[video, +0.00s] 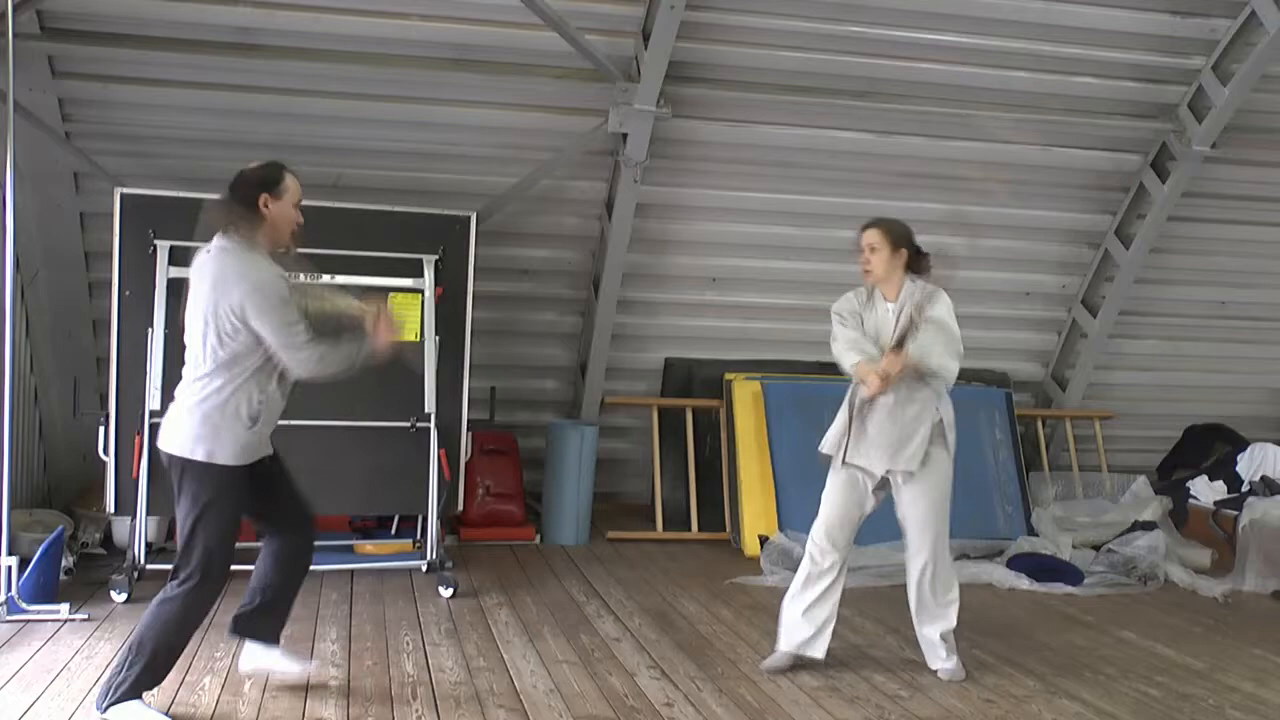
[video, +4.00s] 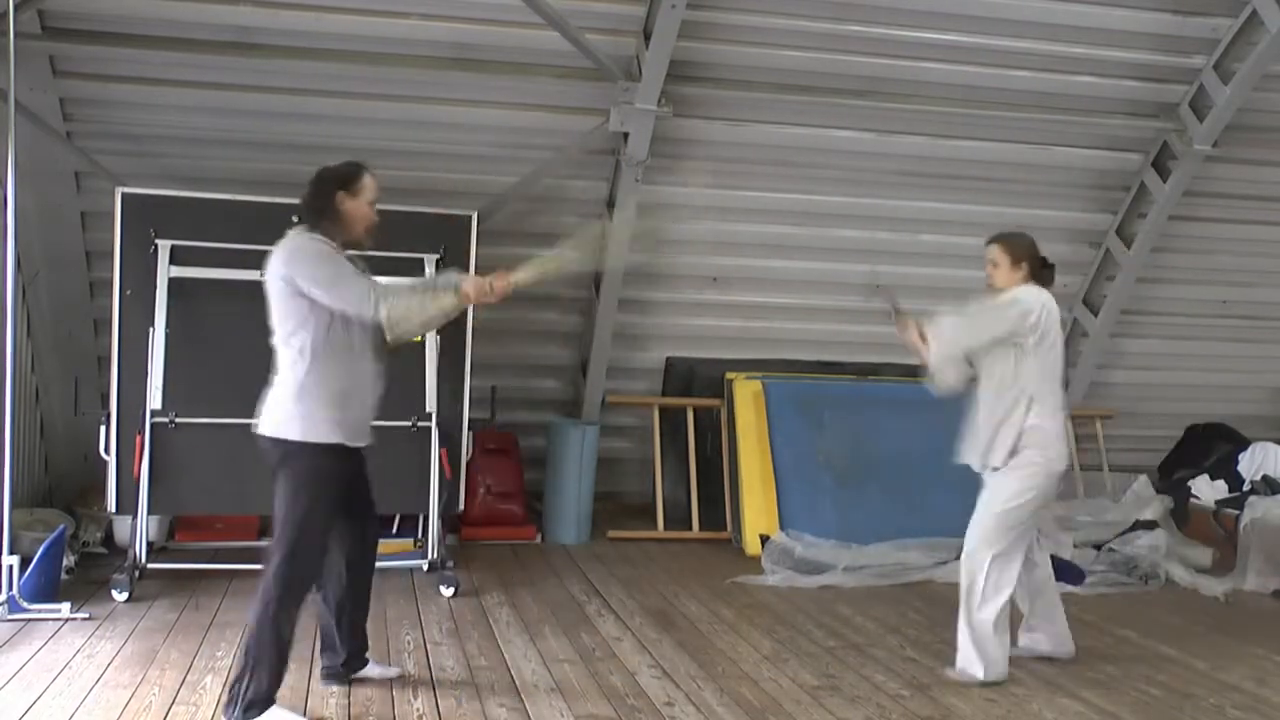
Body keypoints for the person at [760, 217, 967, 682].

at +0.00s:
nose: (863, 259)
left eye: (873, 250)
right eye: (862, 251)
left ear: (902, 255)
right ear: (862, 258)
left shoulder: (933, 301)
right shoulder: (850, 304)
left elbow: (946, 356)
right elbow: (845, 346)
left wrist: (903, 361)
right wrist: (866, 370)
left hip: (921, 437)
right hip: (861, 434)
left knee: (928, 548)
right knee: (826, 539)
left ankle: (941, 649)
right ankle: (795, 643)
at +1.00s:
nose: (905, 257)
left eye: (914, 249)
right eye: (903, 250)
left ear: (942, 255)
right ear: (907, 258)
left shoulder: (937, 300)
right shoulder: (921, 302)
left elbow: (894, 360)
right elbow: (895, 368)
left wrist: (862, 405)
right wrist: (862, 409)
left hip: (963, 442)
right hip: (928, 441)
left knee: (941, 543)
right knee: (918, 542)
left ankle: (942, 652)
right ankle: (921, 638)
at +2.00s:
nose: (1038, 249)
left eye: (1046, 244)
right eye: (1033, 243)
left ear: (1062, 253)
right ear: (1018, 250)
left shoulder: (1075, 295)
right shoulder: (998, 296)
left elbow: (1094, 243)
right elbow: (1024, 249)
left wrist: (1061, 189)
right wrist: (1051, 192)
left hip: (1074, 434)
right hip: (1012, 435)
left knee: (1089, 551)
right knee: (1004, 547)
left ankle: (1090, 661)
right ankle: (1000, 651)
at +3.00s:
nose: (1121, 277)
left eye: (1131, 269)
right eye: (1119, 269)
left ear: (1159, 274)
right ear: (1115, 275)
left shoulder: (1177, 321)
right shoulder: (1111, 315)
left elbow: (1156, 373)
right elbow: (1059, 350)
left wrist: (1093, 356)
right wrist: (1065, 353)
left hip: (1187, 466)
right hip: (1137, 464)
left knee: (1177, 566)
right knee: (1153, 561)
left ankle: (1197, 672)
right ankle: (1230, 622)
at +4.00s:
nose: (987, 274)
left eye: (995, 265)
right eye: (986, 265)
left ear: (1023, 267)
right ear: (1012, 268)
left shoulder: (1035, 302)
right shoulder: (998, 315)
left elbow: (978, 326)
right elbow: (957, 377)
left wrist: (927, 330)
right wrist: (930, 349)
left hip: (1034, 449)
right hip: (1006, 449)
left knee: (983, 547)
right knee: (1023, 548)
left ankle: (982, 662)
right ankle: (1048, 637)